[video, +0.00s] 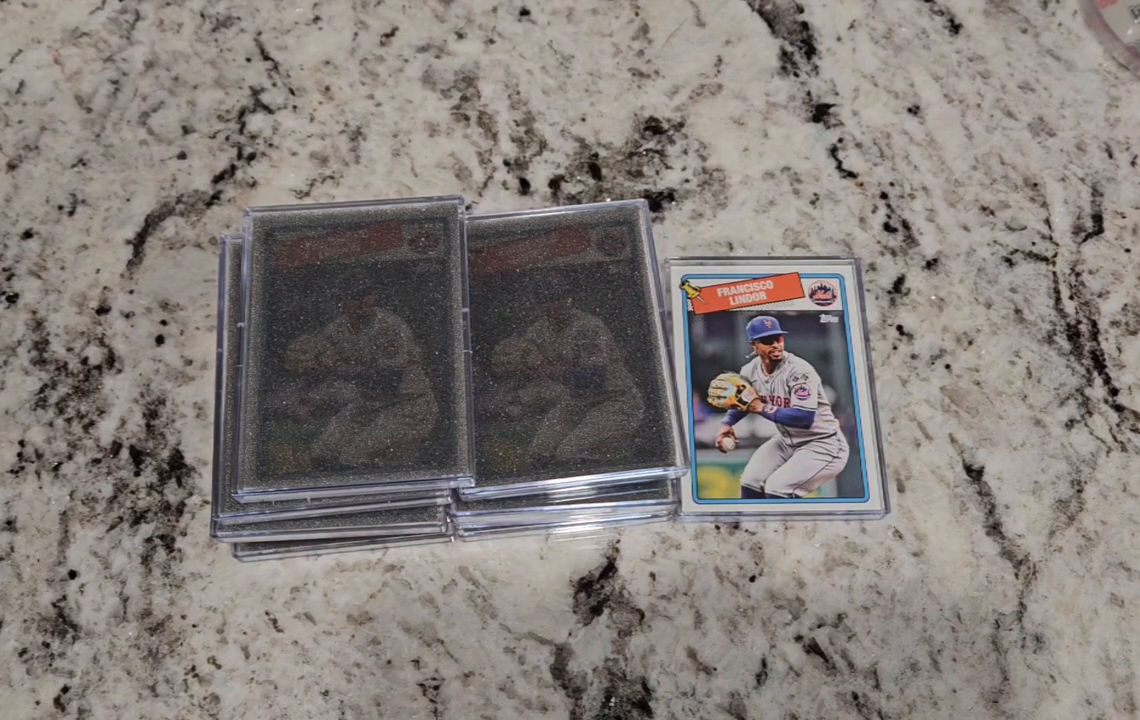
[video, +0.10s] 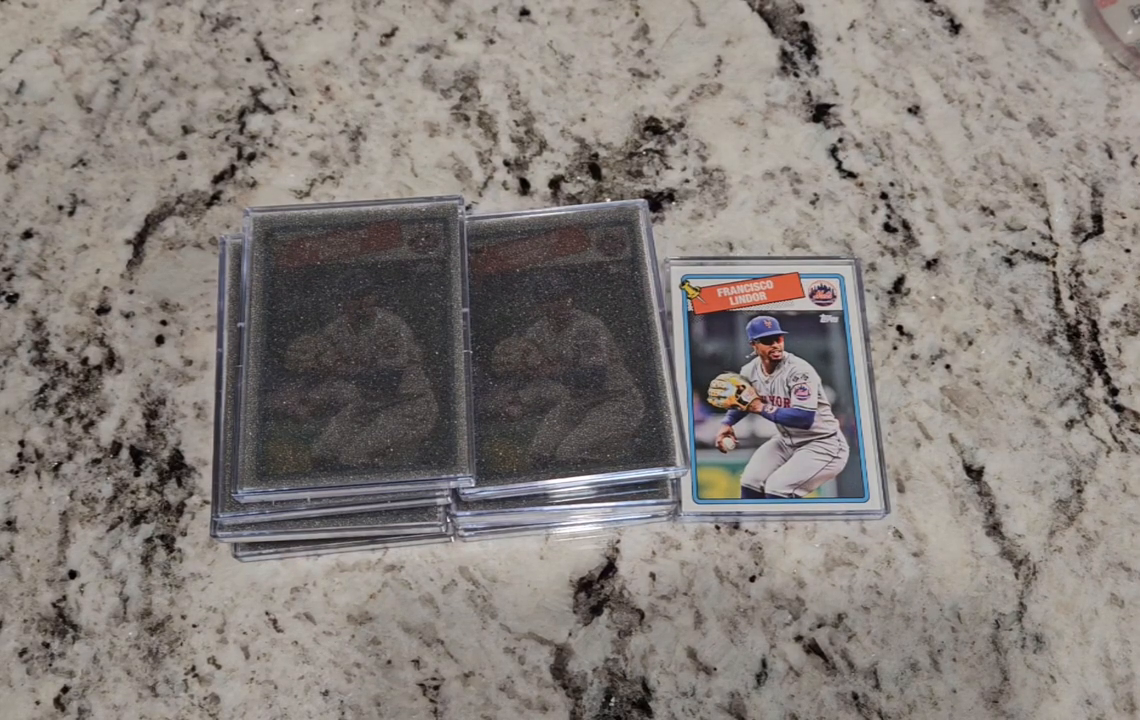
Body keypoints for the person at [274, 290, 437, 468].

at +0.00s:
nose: (363, 303)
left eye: (367, 296)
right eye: (356, 297)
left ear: (374, 298)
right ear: (345, 303)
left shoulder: (392, 327)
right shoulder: (336, 332)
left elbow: (390, 380)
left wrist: (341, 370)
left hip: (412, 406)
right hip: (368, 404)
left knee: (356, 452)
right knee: (323, 450)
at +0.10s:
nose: (362, 303)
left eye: (366, 296)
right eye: (355, 297)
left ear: (375, 298)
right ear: (344, 302)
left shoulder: (392, 326)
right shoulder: (337, 331)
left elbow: (391, 379)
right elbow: (298, 353)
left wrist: (344, 371)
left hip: (413, 406)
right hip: (369, 405)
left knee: (358, 449)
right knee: (326, 446)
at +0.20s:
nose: (362, 304)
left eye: (366, 297)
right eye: (355, 298)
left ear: (375, 298)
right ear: (344, 303)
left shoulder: (393, 327)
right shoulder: (337, 331)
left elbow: (390, 381)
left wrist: (343, 370)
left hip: (412, 405)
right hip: (369, 403)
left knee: (355, 453)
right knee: (324, 450)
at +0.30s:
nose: (362, 302)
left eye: (367, 295)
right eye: (355, 297)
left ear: (375, 297)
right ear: (344, 302)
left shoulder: (392, 327)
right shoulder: (335, 332)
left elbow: (391, 380)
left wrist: (345, 371)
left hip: (412, 405)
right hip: (368, 404)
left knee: (354, 455)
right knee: (323, 451)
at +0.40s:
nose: (363, 302)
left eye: (367, 295)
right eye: (356, 297)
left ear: (375, 297)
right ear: (344, 302)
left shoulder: (392, 326)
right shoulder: (337, 331)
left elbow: (393, 375)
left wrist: (348, 370)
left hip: (413, 404)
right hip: (369, 403)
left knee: (356, 454)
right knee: (324, 450)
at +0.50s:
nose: (363, 302)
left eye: (367, 295)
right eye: (356, 297)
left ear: (375, 297)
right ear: (343, 303)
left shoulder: (393, 327)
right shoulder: (335, 332)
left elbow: (391, 379)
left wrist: (346, 370)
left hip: (412, 405)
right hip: (368, 403)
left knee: (354, 455)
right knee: (323, 451)